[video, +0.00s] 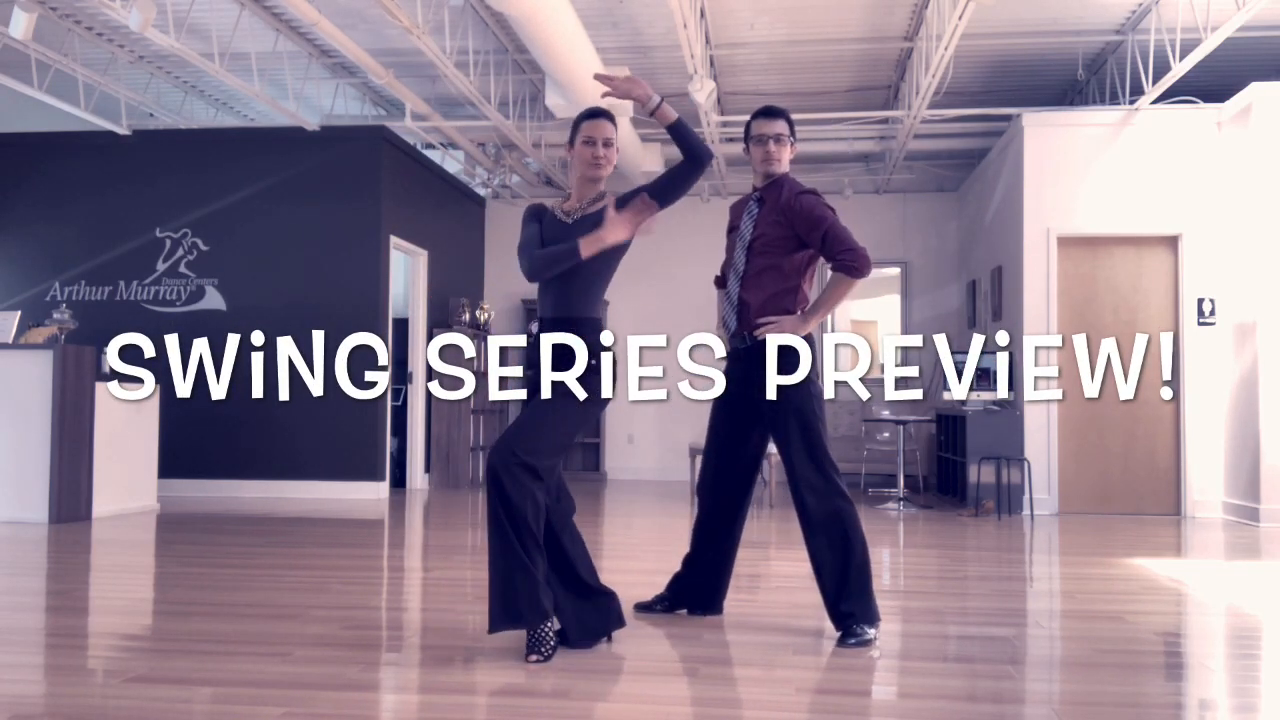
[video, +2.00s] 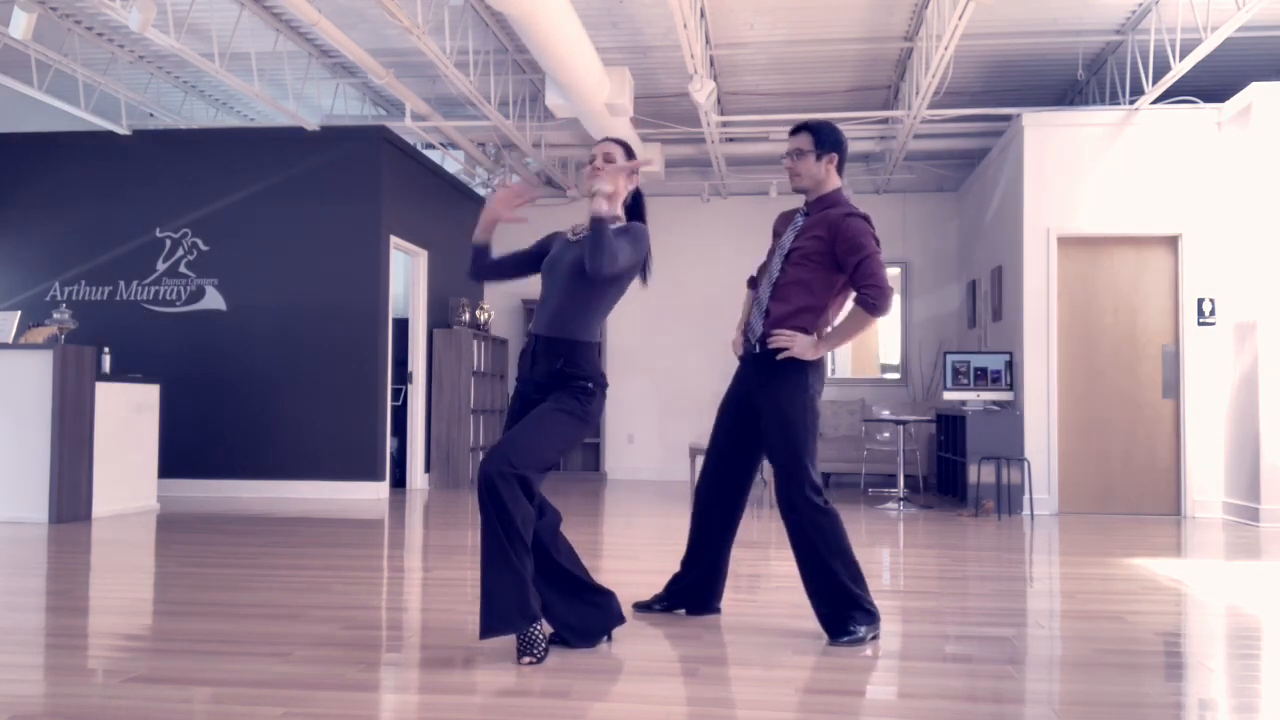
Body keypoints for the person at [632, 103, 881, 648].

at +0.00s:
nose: (769, 148)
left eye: (779, 140)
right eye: (759, 140)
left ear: (794, 148)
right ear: (745, 150)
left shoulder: (800, 202)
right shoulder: (742, 208)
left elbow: (854, 262)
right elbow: (741, 268)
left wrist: (807, 320)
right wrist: (726, 289)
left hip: (783, 354)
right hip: (742, 357)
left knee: (814, 482)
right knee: (723, 477)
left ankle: (857, 615)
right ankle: (698, 590)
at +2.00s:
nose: (787, 164)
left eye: (797, 156)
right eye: (787, 156)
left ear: (830, 162)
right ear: (800, 165)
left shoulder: (847, 221)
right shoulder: (791, 220)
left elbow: (876, 298)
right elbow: (761, 279)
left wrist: (821, 344)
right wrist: (744, 324)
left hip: (792, 368)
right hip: (753, 364)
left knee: (799, 493)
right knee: (719, 483)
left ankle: (854, 617)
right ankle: (695, 592)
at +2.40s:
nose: (793, 163)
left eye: (804, 154)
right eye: (792, 155)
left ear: (837, 159)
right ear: (807, 163)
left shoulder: (865, 218)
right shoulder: (791, 224)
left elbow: (906, 294)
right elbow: (740, 276)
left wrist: (848, 347)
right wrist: (690, 319)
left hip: (811, 370)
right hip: (764, 364)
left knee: (808, 493)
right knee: (706, 473)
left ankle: (857, 617)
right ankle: (699, 584)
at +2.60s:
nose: (797, 149)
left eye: (807, 141)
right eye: (789, 142)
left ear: (829, 152)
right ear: (780, 151)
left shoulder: (838, 208)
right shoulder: (765, 212)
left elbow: (885, 279)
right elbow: (700, 250)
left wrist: (831, 336)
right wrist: (630, 271)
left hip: (794, 363)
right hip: (745, 360)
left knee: (815, 490)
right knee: (694, 487)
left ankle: (856, 618)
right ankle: (688, 602)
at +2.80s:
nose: (785, 145)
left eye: (796, 137)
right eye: (776, 135)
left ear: (810, 148)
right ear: (762, 142)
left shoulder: (813, 206)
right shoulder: (730, 191)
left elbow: (859, 284)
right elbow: (656, 216)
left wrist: (794, 316)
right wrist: (587, 231)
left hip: (762, 356)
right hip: (709, 351)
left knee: (783, 473)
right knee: (684, 480)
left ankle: (833, 592)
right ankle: (691, 604)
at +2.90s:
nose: (778, 151)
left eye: (789, 143)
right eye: (768, 141)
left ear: (803, 152)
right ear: (754, 147)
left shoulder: (811, 218)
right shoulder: (723, 195)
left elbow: (851, 297)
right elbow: (651, 218)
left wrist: (786, 336)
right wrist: (597, 225)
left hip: (748, 355)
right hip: (695, 348)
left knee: (748, 459)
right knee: (676, 472)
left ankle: (775, 550)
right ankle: (688, 600)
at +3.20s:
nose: (756, 184)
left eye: (765, 174)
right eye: (746, 174)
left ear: (779, 180)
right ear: (731, 178)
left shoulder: (790, 240)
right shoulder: (707, 230)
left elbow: (832, 321)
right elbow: (641, 262)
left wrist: (792, 386)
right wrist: (564, 271)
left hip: (760, 386)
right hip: (707, 376)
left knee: (753, 481)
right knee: (663, 484)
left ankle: (730, 573)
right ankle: (682, 600)